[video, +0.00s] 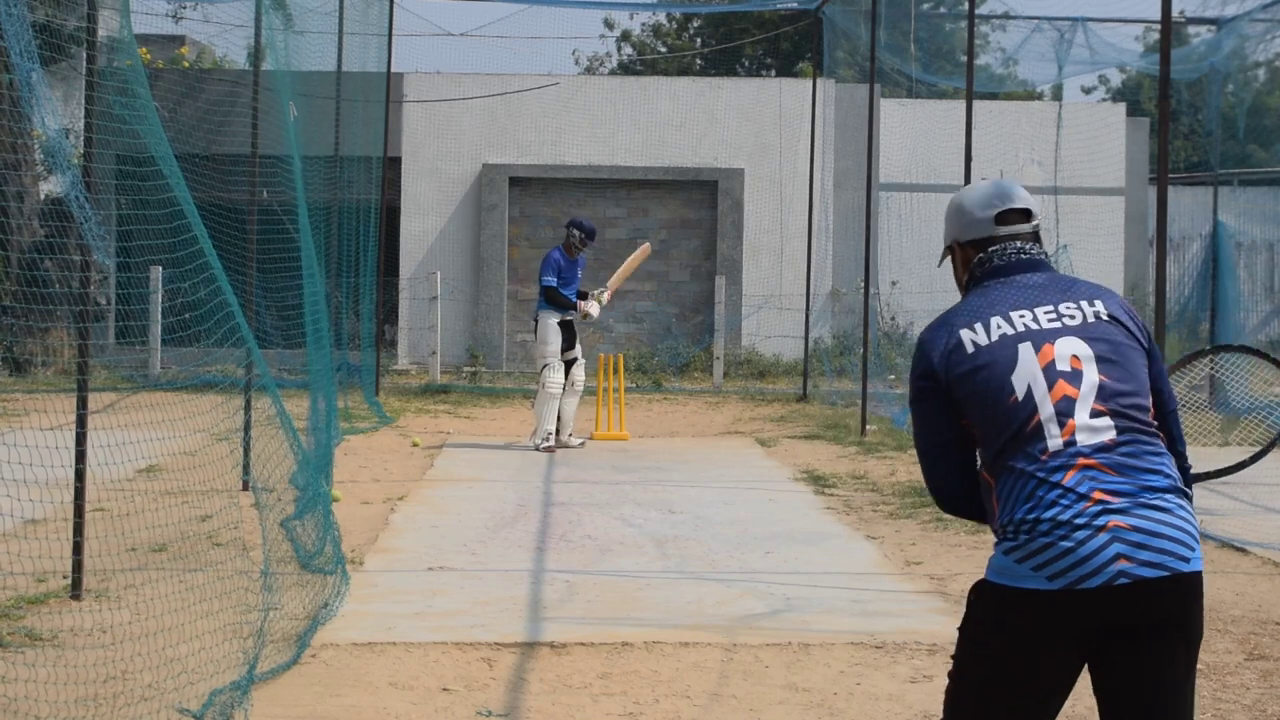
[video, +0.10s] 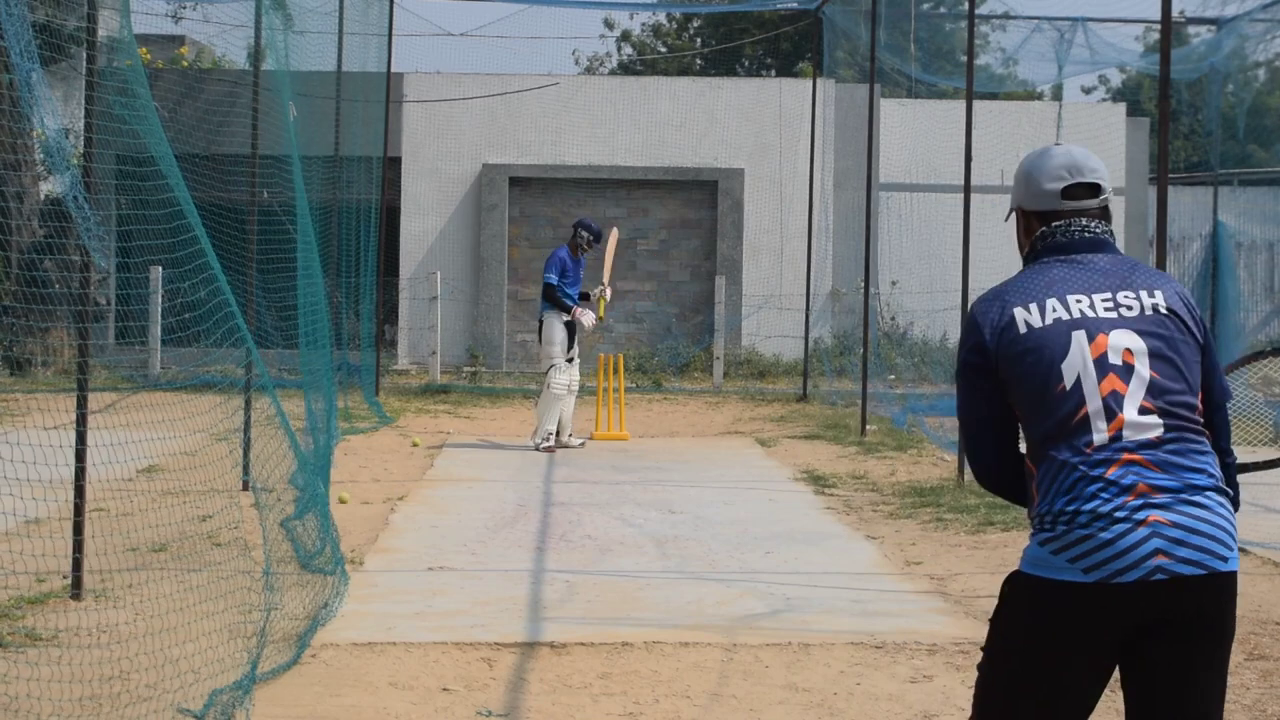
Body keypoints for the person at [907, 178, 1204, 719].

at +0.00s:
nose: (953, 271)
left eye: (952, 259)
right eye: (952, 259)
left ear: (964, 257)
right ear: (1035, 243)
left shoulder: (943, 337)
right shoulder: (1117, 306)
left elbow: (953, 491)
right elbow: (1173, 446)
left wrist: (1041, 500)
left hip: (1044, 579)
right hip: (1166, 570)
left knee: (979, 710)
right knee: (1161, 711)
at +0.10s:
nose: (1015, 231)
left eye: (1016, 220)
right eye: (1016, 220)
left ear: (1026, 223)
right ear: (1105, 214)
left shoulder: (996, 309)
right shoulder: (1173, 291)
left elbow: (991, 463)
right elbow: (1217, 438)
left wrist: (1071, 493)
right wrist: (1216, 522)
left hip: (1080, 568)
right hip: (1203, 562)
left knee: (1011, 710)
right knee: (1185, 710)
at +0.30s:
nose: (1084, 199)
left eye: (1086, 187)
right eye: (1086, 186)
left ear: (1096, 193)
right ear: (1179, 193)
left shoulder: (1055, 278)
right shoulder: (1237, 283)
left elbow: (1024, 431)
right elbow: (1258, 416)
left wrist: (1100, 484)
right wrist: (1211, 471)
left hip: (1123, 560)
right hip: (1248, 552)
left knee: (1094, 708)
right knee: (1224, 710)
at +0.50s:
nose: (1128, 192)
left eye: (1131, 181)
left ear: (1141, 190)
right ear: (1229, 188)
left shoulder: (1100, 279)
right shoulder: (1273, 279)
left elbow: (1062, 436)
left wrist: (1138, 485)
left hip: (1176, 576)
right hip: (1277, 565)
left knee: (1174, 707)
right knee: (1261, 705)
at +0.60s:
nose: (1142, 196)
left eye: (1144, 184)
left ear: (1155, 193)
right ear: (1244, 189)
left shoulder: (1120, 281)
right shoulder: (1278, 274)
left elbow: (1080, 441)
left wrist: (1151, 497)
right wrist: (1155, 492)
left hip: (1202, 585)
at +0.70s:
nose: (1162, 198)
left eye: (1163, 185)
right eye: (1165, 184)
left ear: (1176, 191)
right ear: (1262, 183)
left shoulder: (1148, 286)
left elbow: (1111, 451)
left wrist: (1159, 508)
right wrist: (1166, 508)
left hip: (1229, 589)